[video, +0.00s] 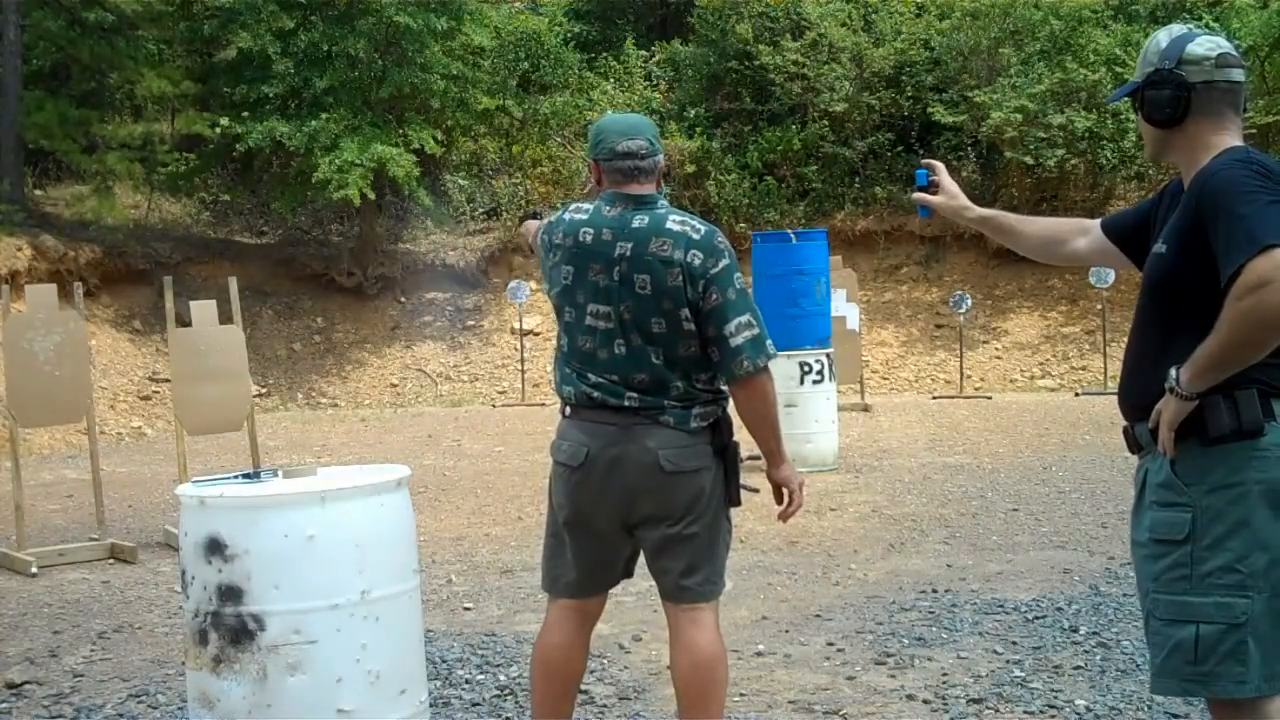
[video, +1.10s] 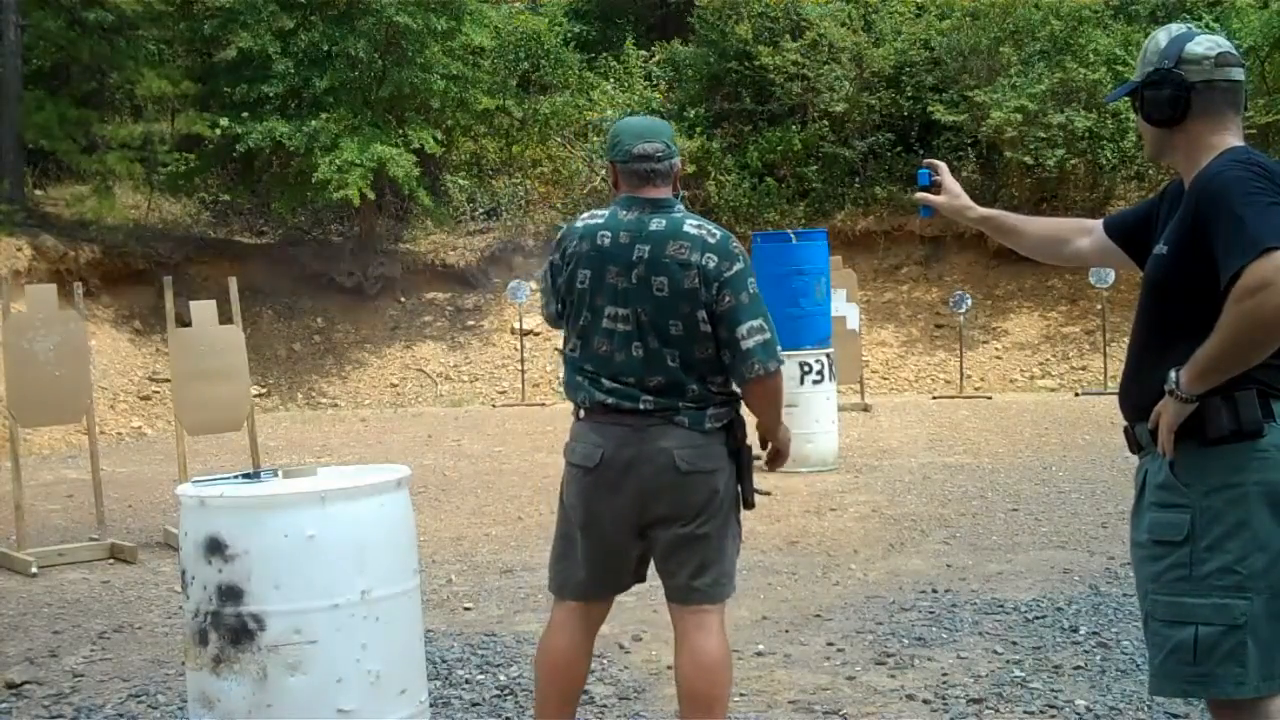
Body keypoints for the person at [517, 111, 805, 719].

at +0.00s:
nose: (587, 173)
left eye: (589, 166)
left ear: (596, 171)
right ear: (662, 168)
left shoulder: (566, 233)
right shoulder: (700, 243)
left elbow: (540, 235)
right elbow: (747, 368)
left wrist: (544, 227)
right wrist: (777, 459)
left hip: (585, 445)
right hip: (683, 451)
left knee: (571, 606)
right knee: (693, 610)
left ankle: (548, 715)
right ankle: (703, 718)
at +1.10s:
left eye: (611, 167)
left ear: (613, 173)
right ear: (679, 171)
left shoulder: (578, 237)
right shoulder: (715, 246)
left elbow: (558, 313)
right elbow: (759, 365)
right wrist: (773, 430)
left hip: (600, 448)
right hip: (694, 453)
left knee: (575, 608)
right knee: (699, 614)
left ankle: (550, 713)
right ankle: (706, 718)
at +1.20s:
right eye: (679, 169)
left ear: (622, 177)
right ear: (685, 176)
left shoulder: (587, 247)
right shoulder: (723, 249)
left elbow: (565, 343)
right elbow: (768, 364)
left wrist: (628, 360)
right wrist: (723, 381)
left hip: (606, 453)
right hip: (699, 455)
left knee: (576, 603)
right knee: (702, 614)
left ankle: (565, 713)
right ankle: (706, 717)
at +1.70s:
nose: (652, 212)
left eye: (645, 205)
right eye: (650, 204)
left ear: (590, 211)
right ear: (642, 208)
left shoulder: (561, 263)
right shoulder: (676, 259)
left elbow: (552, 350)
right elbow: (718, 347)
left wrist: (609, 332)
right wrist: (682, 311)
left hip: (573, 432)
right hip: (656, 433)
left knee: (579, 575)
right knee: (689, 574)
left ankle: (586, 708)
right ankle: (696, 696)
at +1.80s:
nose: (646, 209)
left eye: (640, 202)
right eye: (644, 202)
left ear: (584, 207)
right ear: (635, 205)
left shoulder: (557, 254)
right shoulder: (660, 249)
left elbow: (574, 316)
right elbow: (702, 314)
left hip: (566, 425)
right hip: (645, 428)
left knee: (577, 575)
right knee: (679, 557)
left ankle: (585, 708)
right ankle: (665, 654)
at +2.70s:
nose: (671, 216)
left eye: (668, 209)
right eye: (669, 209)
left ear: (623, 211)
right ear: (659, 213)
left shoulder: (597, 249)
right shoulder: (673, 248)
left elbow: (642, 260)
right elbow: (705, 266)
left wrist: (694, 240)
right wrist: (711, 240)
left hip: (604, 388)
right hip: (664, 391)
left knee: (614, 503)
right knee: (684, 495)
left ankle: (615, 622)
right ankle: (677, 608)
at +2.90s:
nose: (689, 223)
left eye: (687, 217)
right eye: (688, 217)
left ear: (643, 220)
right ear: (679, 221)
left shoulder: (620, 256)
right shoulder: (694, 256)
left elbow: (662, 259)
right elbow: (725, 262)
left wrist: (707, 241)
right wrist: (725, 241)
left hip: (629, 391)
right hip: (686, 395)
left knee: (629, 496)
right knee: (700, 501)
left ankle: (624, 572)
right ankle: (698, 601)